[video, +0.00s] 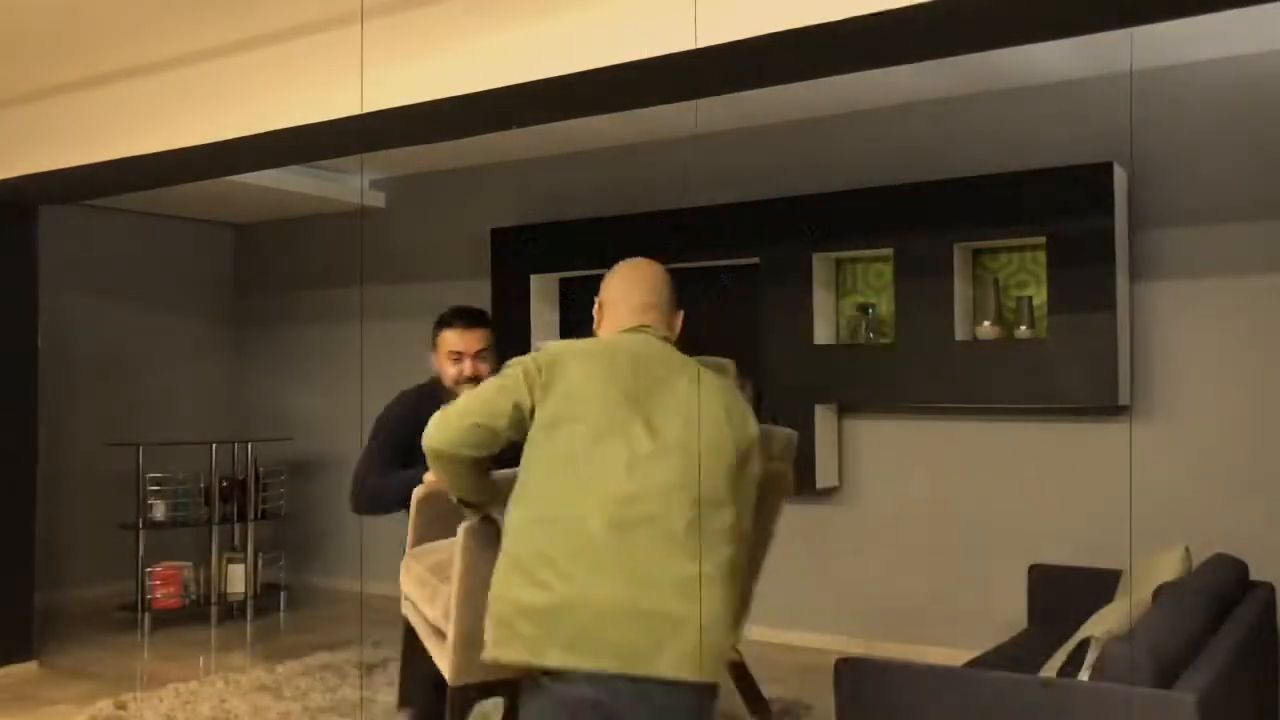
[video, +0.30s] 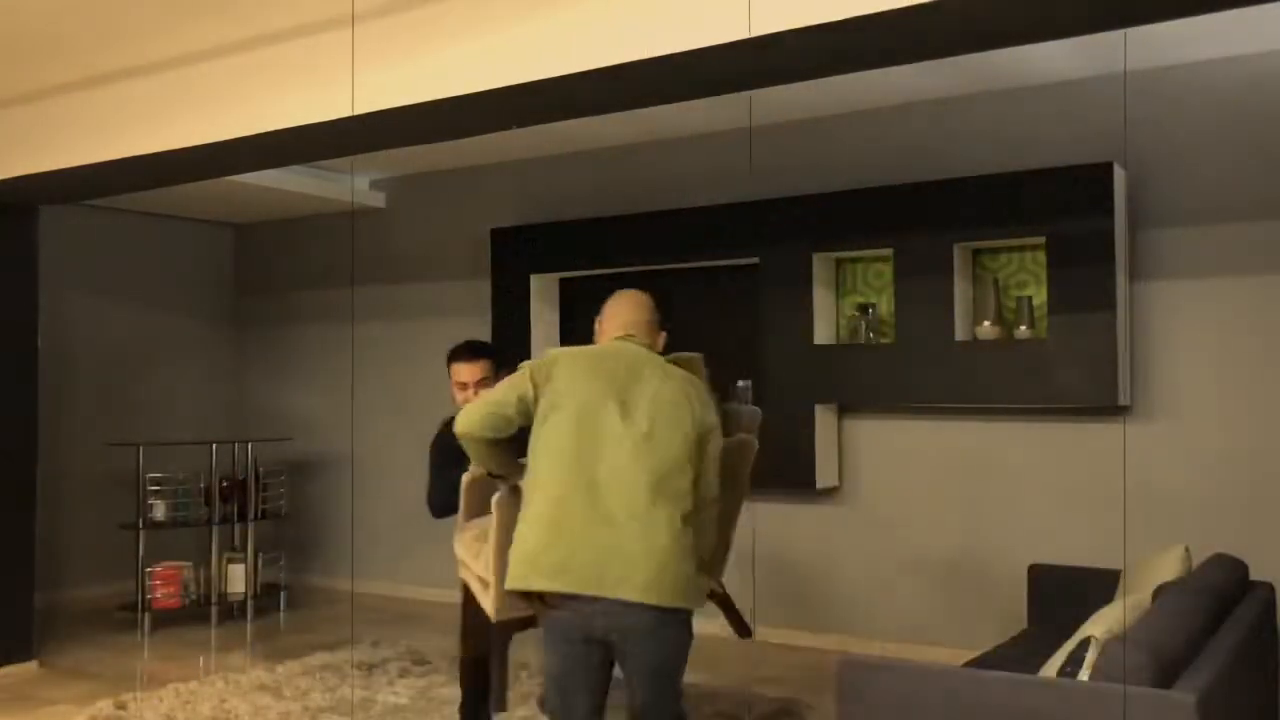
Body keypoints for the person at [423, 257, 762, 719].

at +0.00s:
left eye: (596, 311)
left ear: (597, 315)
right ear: (678, 324)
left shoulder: (553, 365)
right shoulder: (727, 398)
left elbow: (446, 439)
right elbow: (739, 529)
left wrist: (488, 501)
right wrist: (723, 631)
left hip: (556, 653)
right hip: (682, 668)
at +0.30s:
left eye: (598, 327)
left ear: (598, 331)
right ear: (660, 338)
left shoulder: (554, 367)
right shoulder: (693, 393)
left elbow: (471, 425)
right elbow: (707, 498)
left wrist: (514, 473)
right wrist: (701, 573)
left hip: (565, 590)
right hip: (656, 598)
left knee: (568, 712)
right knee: (659, 713)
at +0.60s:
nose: (605, 378)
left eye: (606, 371)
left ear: (612, 372)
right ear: (658, 371)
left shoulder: (599, 400)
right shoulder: (710, 407)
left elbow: (529, 459)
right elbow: (738, 470)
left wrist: (572, 501)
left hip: (627, 569)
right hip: (705, 568)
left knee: (622, 661)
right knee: (706, 661)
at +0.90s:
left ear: (656, 429)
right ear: (689, 432)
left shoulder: (645, 446)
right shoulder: (724, 463)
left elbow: (584, 500)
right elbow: (769, 487)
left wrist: (609, 545)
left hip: (676, 574)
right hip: (739, 576)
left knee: (635, 632)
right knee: (723, 648)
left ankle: (655, 713)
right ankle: (745, 711)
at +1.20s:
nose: (642, 481)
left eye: (642, 475)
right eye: (640, 476)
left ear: (652, 464)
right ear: (688, 460)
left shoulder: (660, 475)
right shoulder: (732, 494)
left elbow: (605, 531)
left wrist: (623, 578)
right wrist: (653, 562)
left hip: (689, 587)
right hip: (748, 597)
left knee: (634, 644)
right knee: (719, 651)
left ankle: (649, 712)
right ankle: (738, 712)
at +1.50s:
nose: (645, 383)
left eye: (650, 372)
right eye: (645, 373)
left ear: (676, 366)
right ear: (684, 368)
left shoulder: (691, 404)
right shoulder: (714, 403)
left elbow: (672, 479)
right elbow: (703, 506)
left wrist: (635, 545)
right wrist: (659, 562)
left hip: (748, 558)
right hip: (772, 555)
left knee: (662, 627)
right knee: (718, 633)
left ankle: (697, 709)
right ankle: (763, 709)